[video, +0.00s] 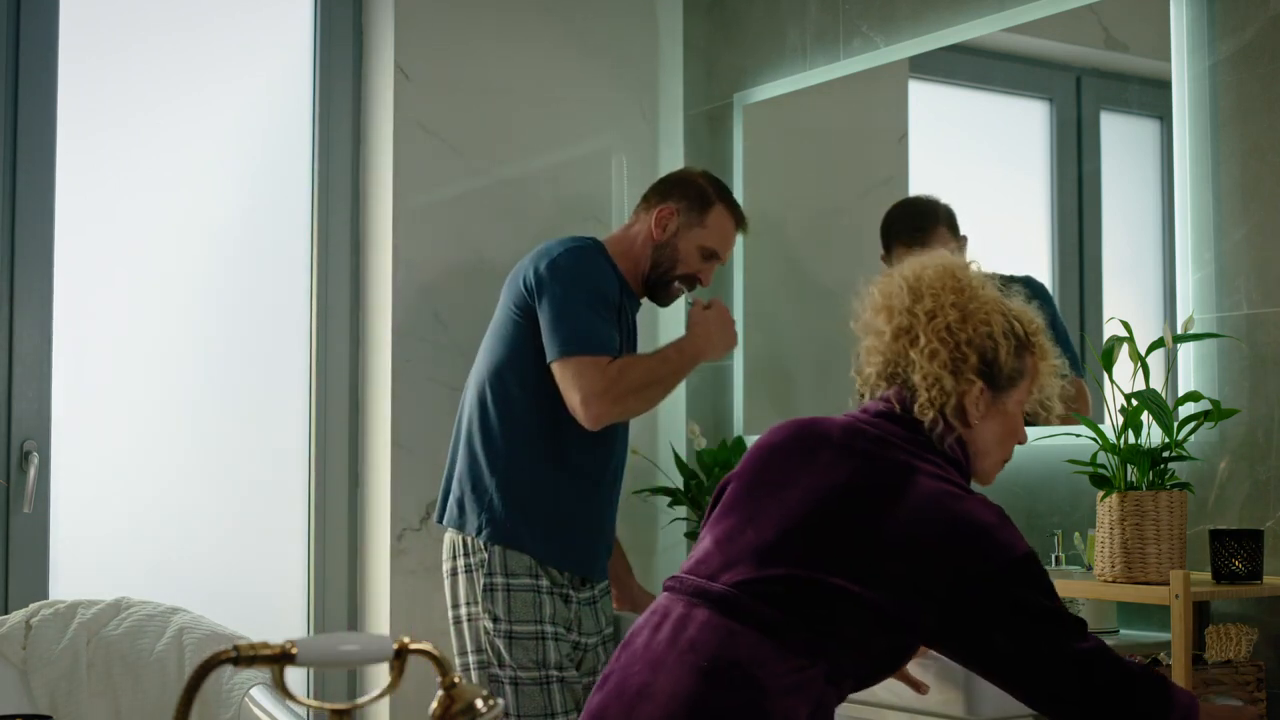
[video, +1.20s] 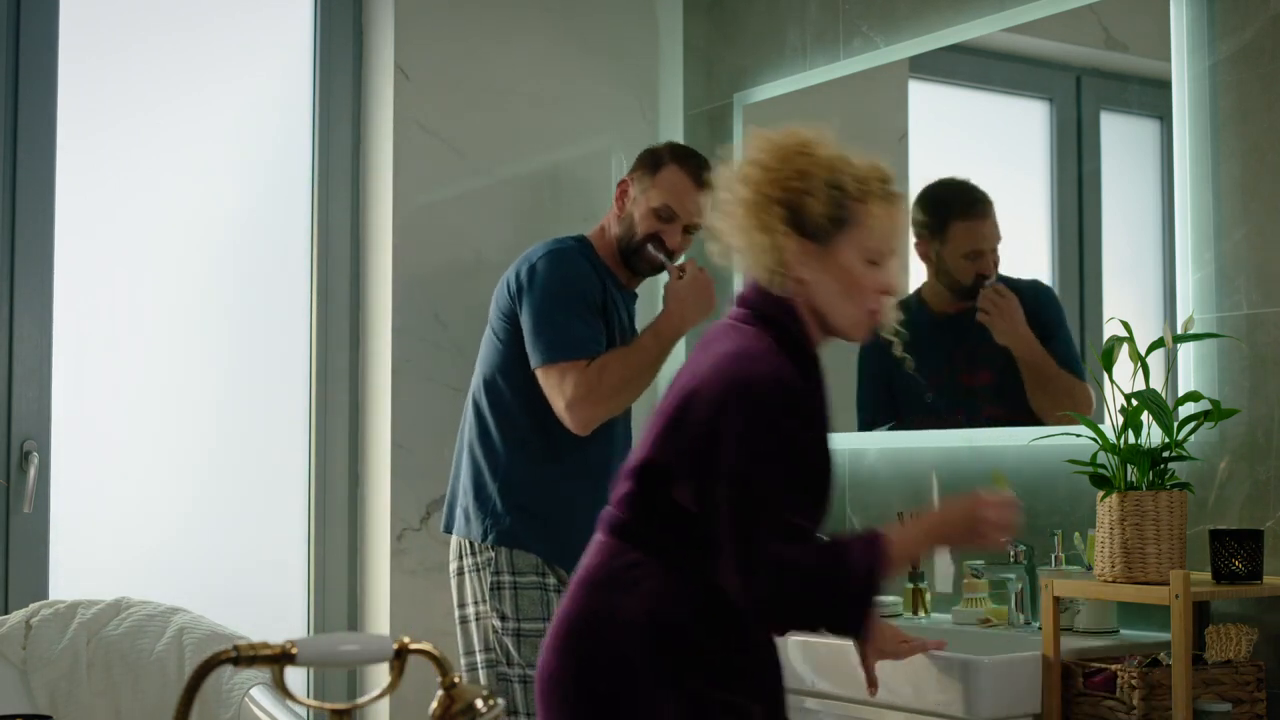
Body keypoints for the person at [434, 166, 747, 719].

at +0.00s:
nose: (707, 278)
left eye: (717, 265)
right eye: (707, 255)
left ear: (662, 224)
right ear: (663, 222)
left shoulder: (621, 312)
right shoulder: (573, 266)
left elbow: (577, 474)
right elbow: (595, 399)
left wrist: (630, 594)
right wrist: (695, 347)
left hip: (579, 569)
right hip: (510, 560)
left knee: (602, 711)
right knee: (536, 712)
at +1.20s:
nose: (673, 240)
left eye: (689, 231)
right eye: (663, 215)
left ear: (696, 234)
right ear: (622, 196)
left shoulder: (618, 301)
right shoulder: (557, 268)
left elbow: (596, 429)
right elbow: (581, 404)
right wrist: (674, 320)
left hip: (566, 549)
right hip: (512, 549)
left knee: (574, 705)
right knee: (528, 709)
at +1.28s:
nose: (658, 224)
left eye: (672, 210)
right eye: (648, 204)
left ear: (684, 216)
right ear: (613, 194)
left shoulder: (618, 299)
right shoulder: (549, 270)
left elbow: (616, 408)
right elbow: (577, 404)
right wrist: (669, 323)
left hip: (566, 543)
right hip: (509, 546)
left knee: (577, 701)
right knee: (520, 705)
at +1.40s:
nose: (644, 212)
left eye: (654, 196)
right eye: (634, 193)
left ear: (665, 208)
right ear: (601, 187)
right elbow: (572, 417)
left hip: (583, 528)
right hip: (506, 537)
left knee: (594, 695)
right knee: (518, 698)